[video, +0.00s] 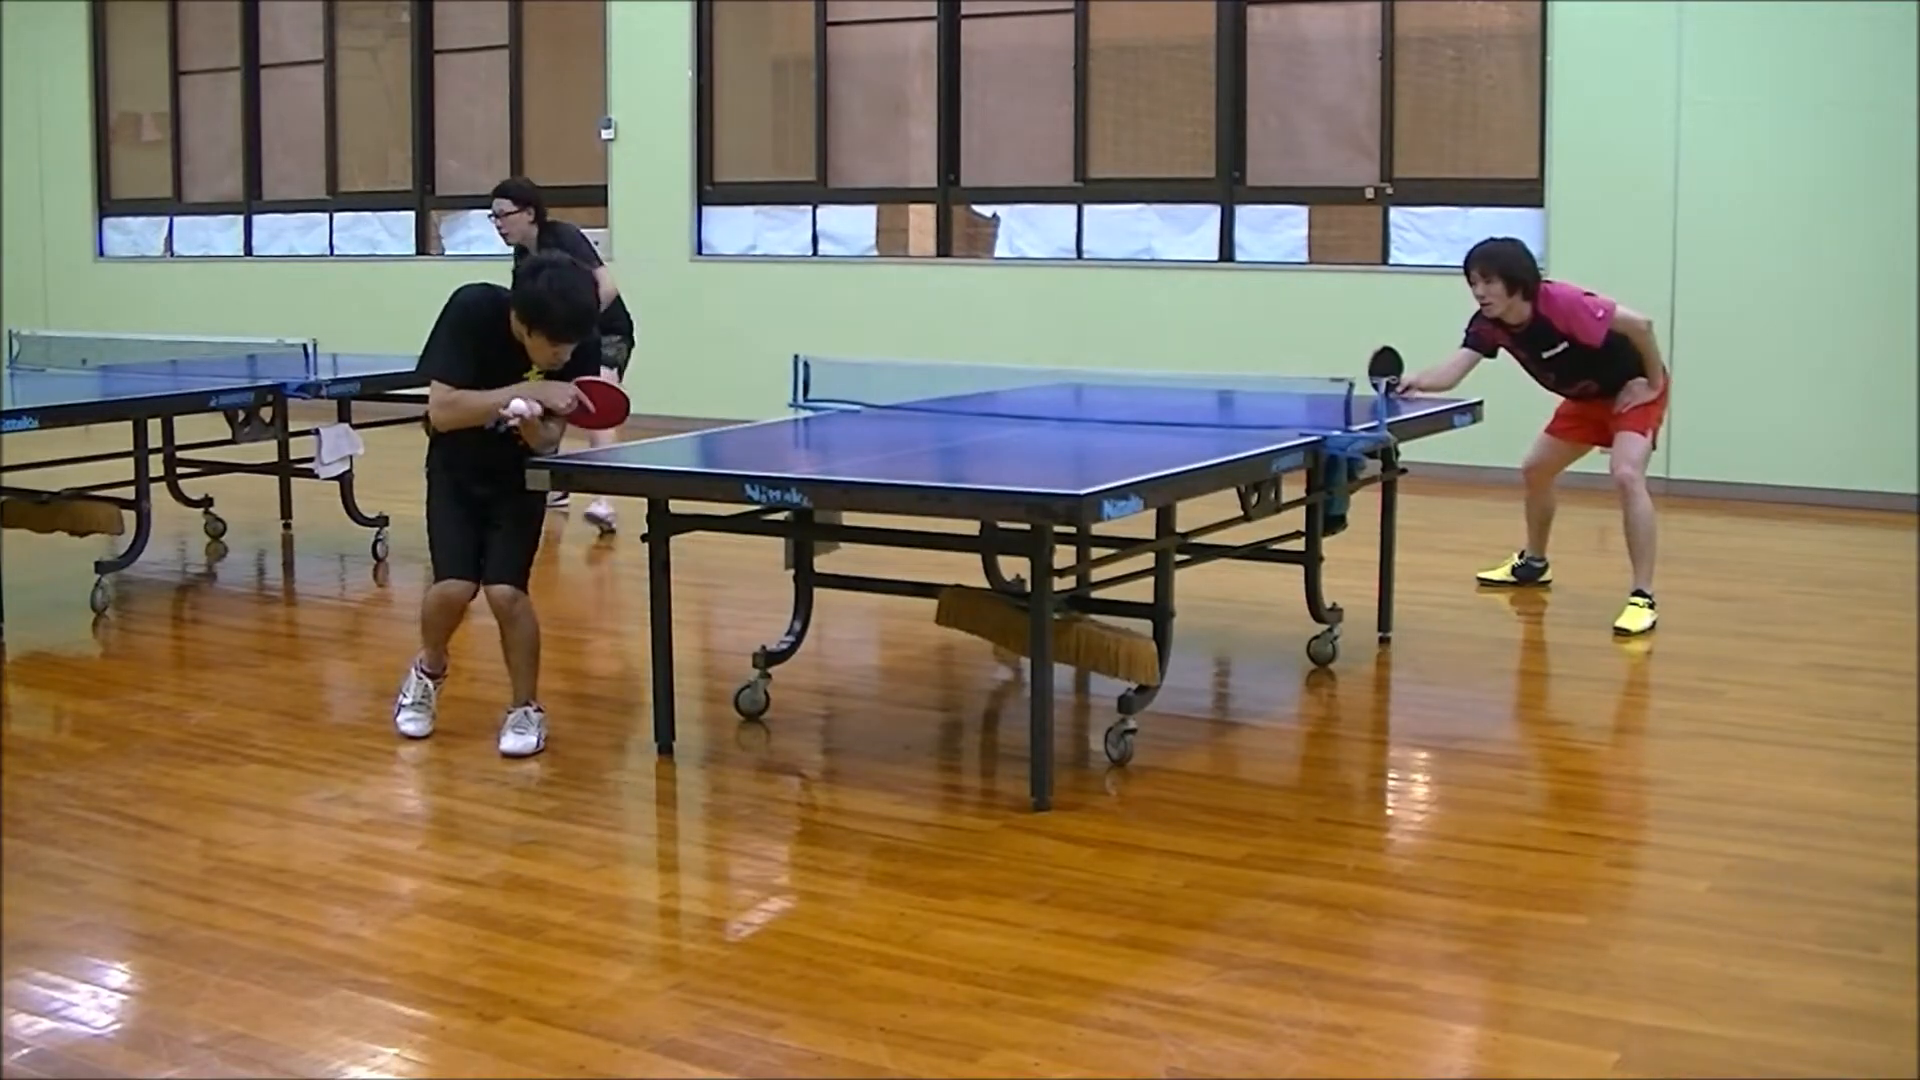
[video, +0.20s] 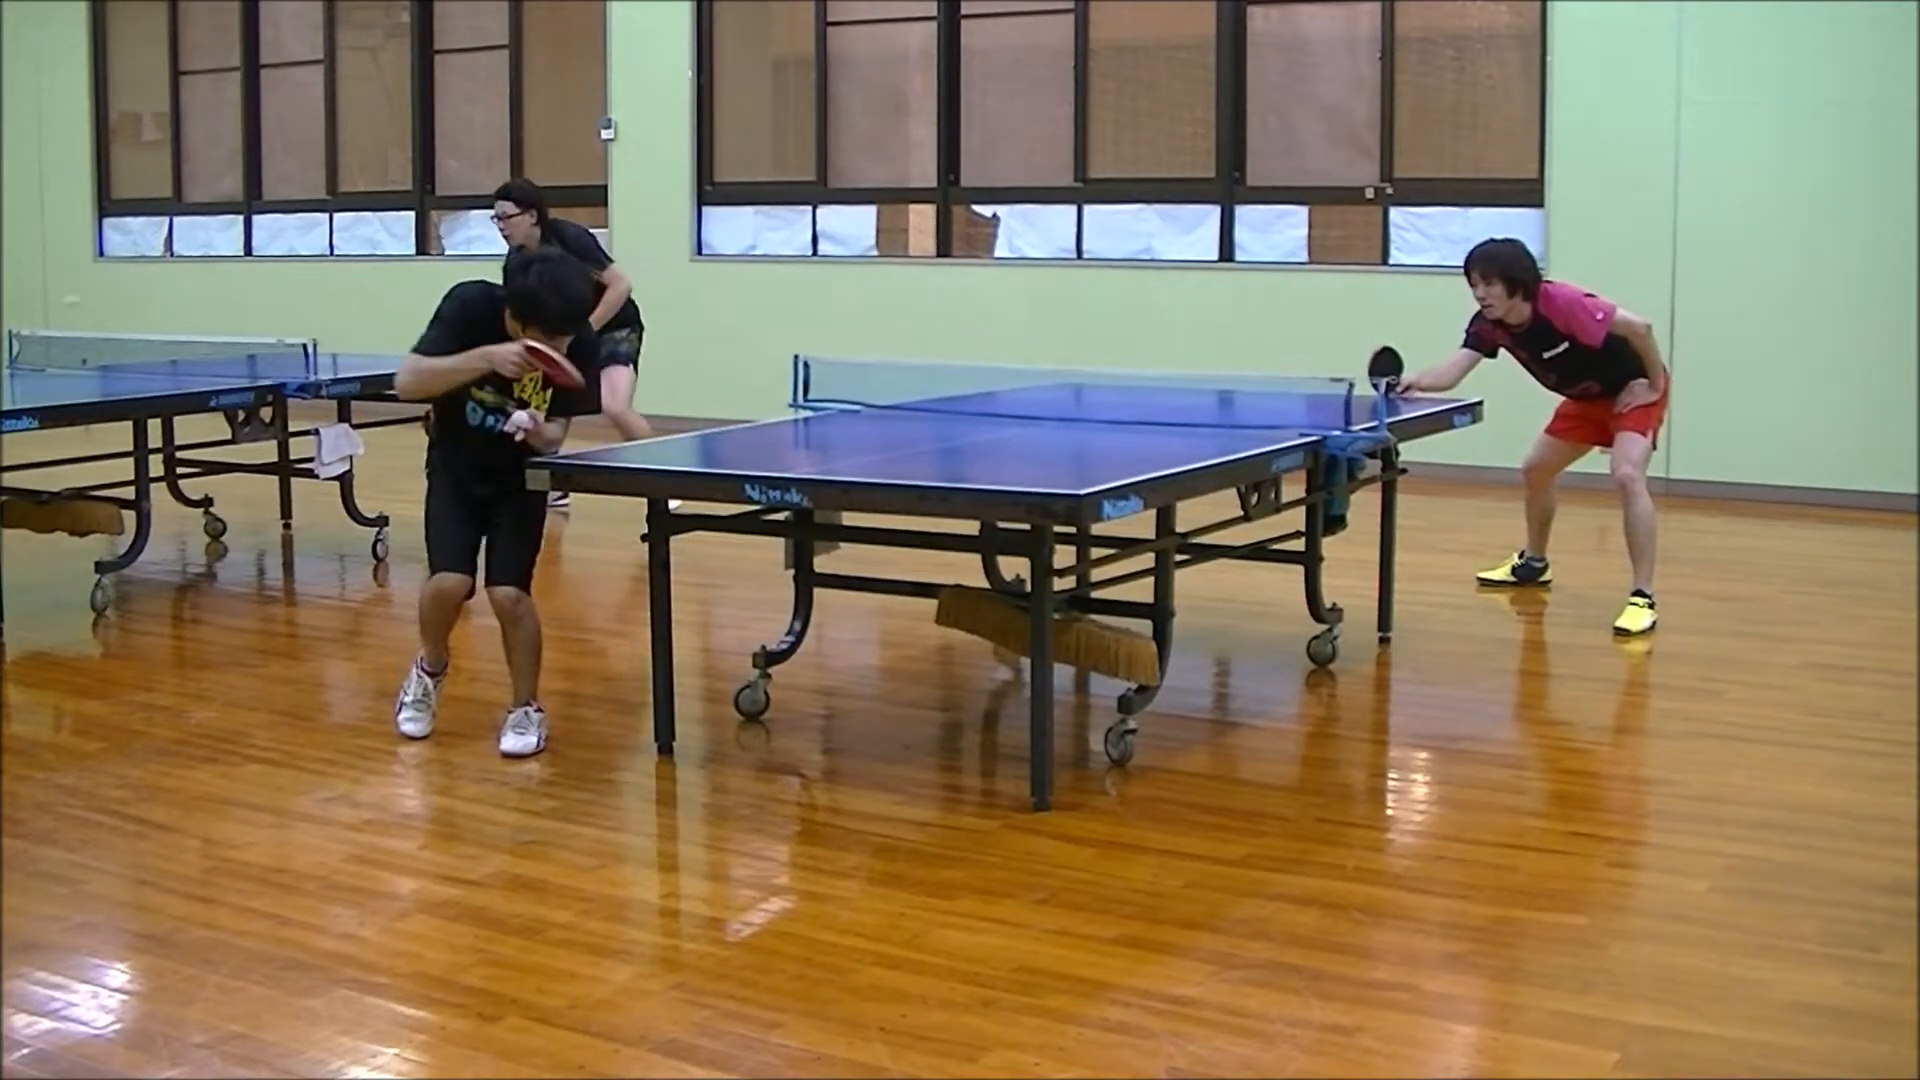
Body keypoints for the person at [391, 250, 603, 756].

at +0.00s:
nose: (563, 357)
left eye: (572, 347)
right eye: (554, 346)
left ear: (582, 329)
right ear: (520, 323)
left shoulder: (581, 338)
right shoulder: (470, 310)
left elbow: (553, 436)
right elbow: (440, 414)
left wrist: (536, 430)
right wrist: (530, 392)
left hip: (521, 462)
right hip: (455, 456)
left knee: (505, 591)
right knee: (455, 587)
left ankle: (524, 709)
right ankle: (428, 671)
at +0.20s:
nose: (545, 349)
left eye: (558, 340)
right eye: (537, 337)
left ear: (575, 324)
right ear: (512, 313)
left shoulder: (579, 344)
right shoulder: (468, 304)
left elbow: (557, 430)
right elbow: (407, 384)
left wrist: (539, 434)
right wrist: (486, 358)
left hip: (522, 470)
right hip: (455, 460)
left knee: (507, 594)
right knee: (450, 585)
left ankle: (525, 709)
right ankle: (429, 670)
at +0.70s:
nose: (483, 316)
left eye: (489, 302)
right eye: (470, 307)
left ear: (496, 287)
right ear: (433, 296)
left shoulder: (510, 330)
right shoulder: (395, 285)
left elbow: (505, 417)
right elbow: (352, 280)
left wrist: (506, 479)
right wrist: (309, 306)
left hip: (475, 480)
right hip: (404, 473)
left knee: (480, 596)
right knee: (363, 611)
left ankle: (524, 708)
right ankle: (333, 692)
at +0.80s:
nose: (444, 295)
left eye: (449, 280)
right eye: (428, 286)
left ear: (458, 267)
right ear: (393, 278)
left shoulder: (475, 312)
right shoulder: (365, 275)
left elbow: (491, 407)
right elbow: (337, 289)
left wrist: (509, 488)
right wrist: (298, 334)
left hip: (451, 461)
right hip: (379, 458)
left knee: (473, 579)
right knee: (351, 597)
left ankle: (521, 706)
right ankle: (336, 694)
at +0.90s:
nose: (421, 277)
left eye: (427, 262)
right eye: (407, 268)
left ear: (435, 248)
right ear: (371, 263)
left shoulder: (452, 288)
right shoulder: (338, 266)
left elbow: (488, 373)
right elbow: (317, 297)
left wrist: (518, 431)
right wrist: (297, 339)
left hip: (437, 450)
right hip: (363, 450)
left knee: (471, 571)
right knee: (341, 590)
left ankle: (496, 691)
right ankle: (335, 694)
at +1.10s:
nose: (421, 243)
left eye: (425, 229)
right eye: (407, 235)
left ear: (431, 215)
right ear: (368, 231)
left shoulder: (447, 251)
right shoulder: (325, 237)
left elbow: (504, 313)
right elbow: (276, 307)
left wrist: (541, 343)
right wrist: (300, 288)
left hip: (418, 426)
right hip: (345, 428)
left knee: (452, 563)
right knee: (338, 574)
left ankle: (430, 677)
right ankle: (333, 692)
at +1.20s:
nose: (430, 225)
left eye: (437, 210)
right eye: (414, 214)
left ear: (445, 203)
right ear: (380, 212)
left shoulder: (456, 243)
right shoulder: (340, 242)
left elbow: (510, 305)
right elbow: (290, 330)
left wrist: (564, 335)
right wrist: (301, 272)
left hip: (417, 423)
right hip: (345, 427)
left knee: (457, 552)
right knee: (339, 575)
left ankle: (424, 677)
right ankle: (333, 692)